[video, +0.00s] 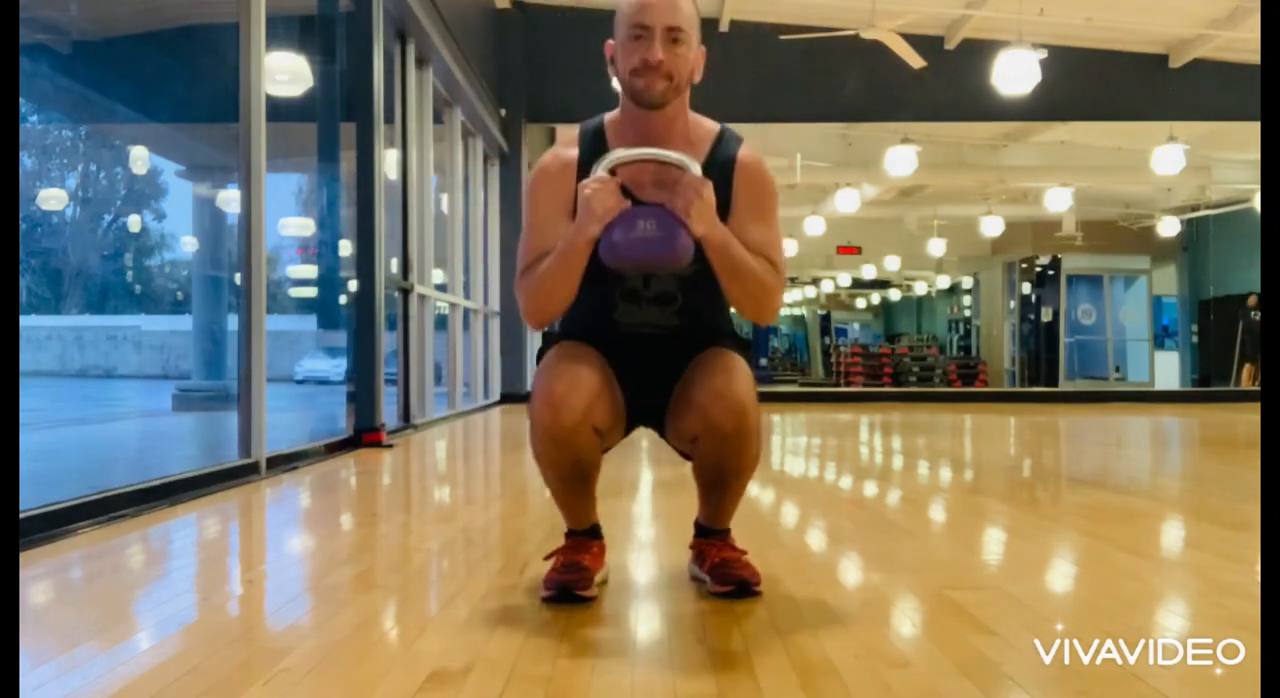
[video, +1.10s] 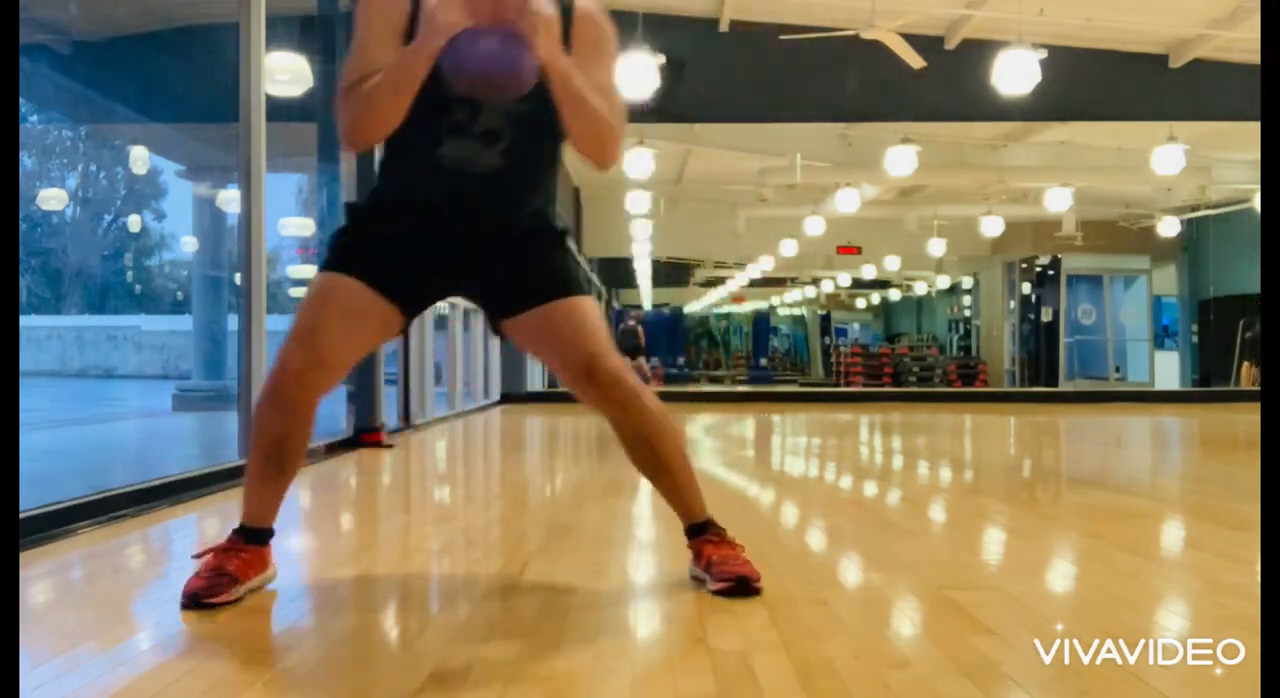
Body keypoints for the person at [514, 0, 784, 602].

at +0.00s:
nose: (654, 54)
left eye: (673, 39)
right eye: (638, 37)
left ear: (698, 62)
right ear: (611, 55)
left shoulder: (739, 166)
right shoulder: (562, 165)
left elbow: (766, 305)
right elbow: (535, 309)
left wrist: (711, 227)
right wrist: (583, 229)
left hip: (696, 356)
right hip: (595, 355)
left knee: (729, 404)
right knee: (558, 400)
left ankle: (714, 538)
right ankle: (581, 539)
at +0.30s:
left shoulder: (742, 91)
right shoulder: (563, 90)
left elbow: (764, 232)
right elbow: (535, 237)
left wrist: (713, 152)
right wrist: (588, 150)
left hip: (700, 288)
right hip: (595, 287)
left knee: (737, 392)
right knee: (575, 395)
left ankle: (715, 538)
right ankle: (584, 538)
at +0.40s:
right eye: (642, 18)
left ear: (696, 4)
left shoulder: (742, 38)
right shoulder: (563, 37)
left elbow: (764, 178)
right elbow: (535, 182)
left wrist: (711, 92)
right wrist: (588, 93)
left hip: (698, 250)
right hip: (595, 249)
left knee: (735, 383)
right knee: (577, 382)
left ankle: (716, 537)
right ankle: (585, 537)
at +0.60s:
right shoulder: (557, 0)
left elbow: (760, 84)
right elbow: (533, 89)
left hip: (690, 184)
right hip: (582, 177)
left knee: (718, 355)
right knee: (521, 320)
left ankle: (716, 534)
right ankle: (528, 502)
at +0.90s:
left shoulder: (681, 4)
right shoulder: (490, 2)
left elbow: (699, 82)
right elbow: (466, 79)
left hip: (619, 191)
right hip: (505, 183)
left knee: (672, 360)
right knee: (399, 332)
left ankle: (714, 537)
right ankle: (291, 507)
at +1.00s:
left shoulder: (633, 3)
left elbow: (655, 108)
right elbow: (415, 99)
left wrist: (600, 15)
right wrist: (479, 6)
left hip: (571, 208)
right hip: (456, 202)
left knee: (641, 364)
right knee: (347, 359)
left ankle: (711, 537)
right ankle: (257, 531)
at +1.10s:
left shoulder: (578, 18)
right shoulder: (394, 5)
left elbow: (603, 148)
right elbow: (357, 128)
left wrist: (548, 49)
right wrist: (430, 43)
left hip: (518, 234)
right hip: (400, 229)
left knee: (603, 373)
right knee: (295, 373)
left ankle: (706, 535)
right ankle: (249, 544)